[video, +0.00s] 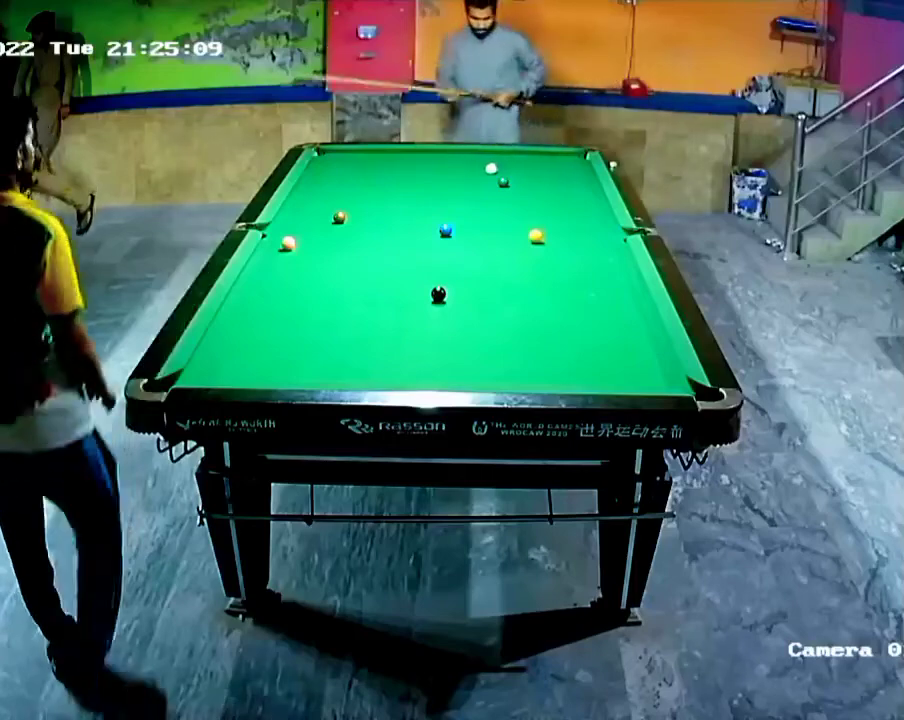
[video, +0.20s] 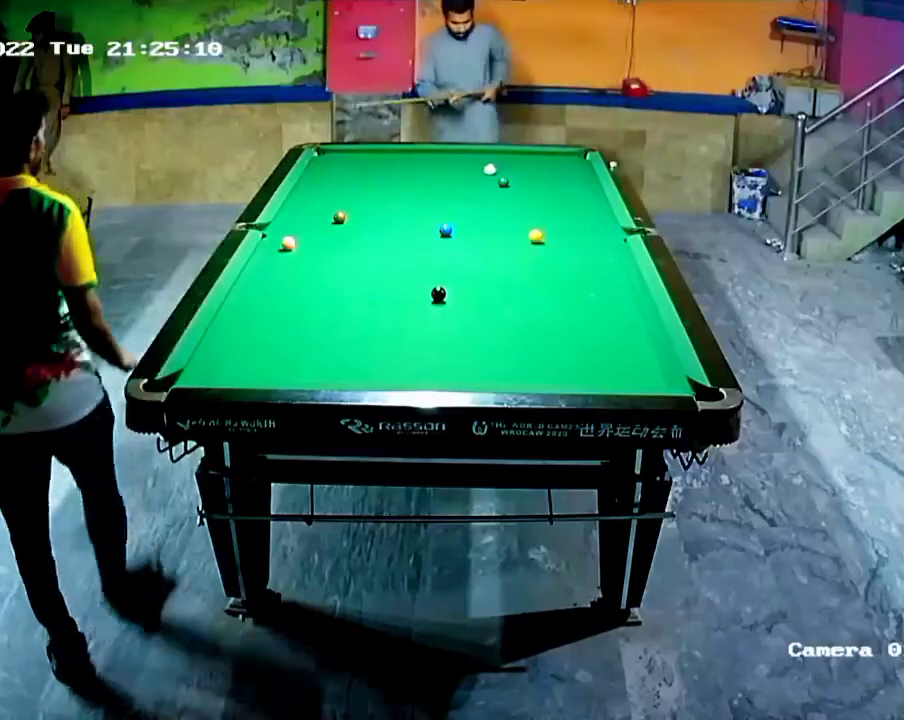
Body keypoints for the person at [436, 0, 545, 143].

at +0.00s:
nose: (481, 25)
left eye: (486, 19)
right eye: (475, 18)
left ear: (494, 15)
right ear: (467, 14)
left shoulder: (514, 41)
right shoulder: (455, 42)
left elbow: (537, 70)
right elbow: (444, 77)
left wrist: (514, 93)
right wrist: (450, 92)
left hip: (503, 132)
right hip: (467, 131)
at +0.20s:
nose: (461, 29)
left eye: (466, 22)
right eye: (455, 23)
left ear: (472, 15)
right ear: (446, 18)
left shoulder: (489, 35)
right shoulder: (433, 43)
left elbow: (501, 60)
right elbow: (424, 84)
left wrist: (495, 85)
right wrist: (445, 96)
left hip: (483, 127)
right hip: (448, 129)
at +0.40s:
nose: (460, 28)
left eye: (465, 21)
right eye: (454, 22)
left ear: (471, 15)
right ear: (444, 16)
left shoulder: (481, 36)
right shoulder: (428, 42)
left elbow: (487, 64)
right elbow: (422, 88)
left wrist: (486, 83)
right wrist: (456, 95)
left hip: (474, 128)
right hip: (440, 130)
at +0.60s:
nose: (471, 22)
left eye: (476, 16)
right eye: (465, 16)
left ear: (480, 12)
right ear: (455, 12)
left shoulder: (483, 35)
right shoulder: (436, 39)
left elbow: (488, 69)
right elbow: (432, 86)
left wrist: (490, 84)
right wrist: (468, 91)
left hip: (478, 128)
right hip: (447, 130)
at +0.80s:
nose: (488, 16)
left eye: (493, 10)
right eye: (482, 10)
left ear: (499, 10)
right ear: (475, 10)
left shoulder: (502, 34)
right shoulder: (460, 39)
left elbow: (507, 69)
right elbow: (456, 86)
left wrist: (512, 84)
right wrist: (496, 91)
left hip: (498, 129)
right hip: (469, 131)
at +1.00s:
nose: (509, 13)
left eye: (514, 7)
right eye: (503, 7)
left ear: (522, 10)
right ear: (497, 9)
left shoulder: (524, 36)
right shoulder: (484, 39)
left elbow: (528, 70)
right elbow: (480, 85)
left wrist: (533, 86)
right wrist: (518, 90)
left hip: (520, 126)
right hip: (493, 129)